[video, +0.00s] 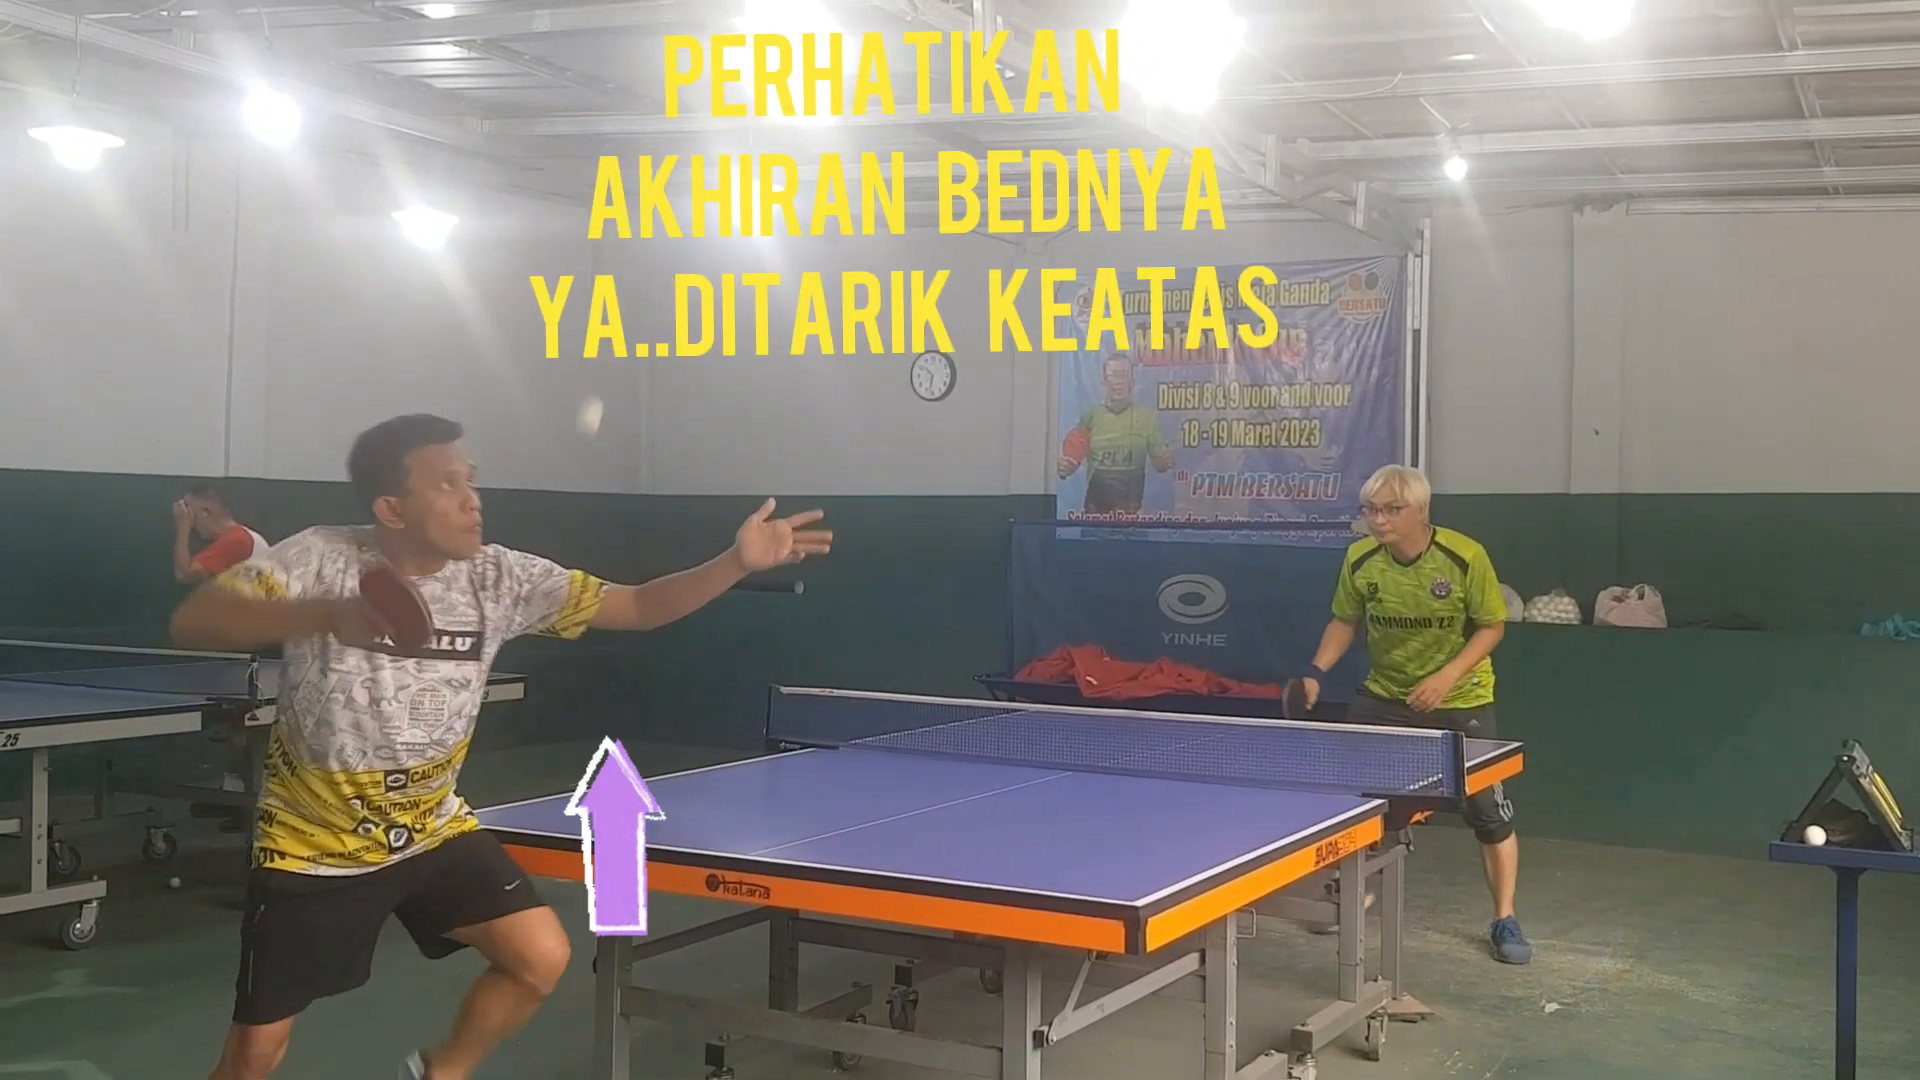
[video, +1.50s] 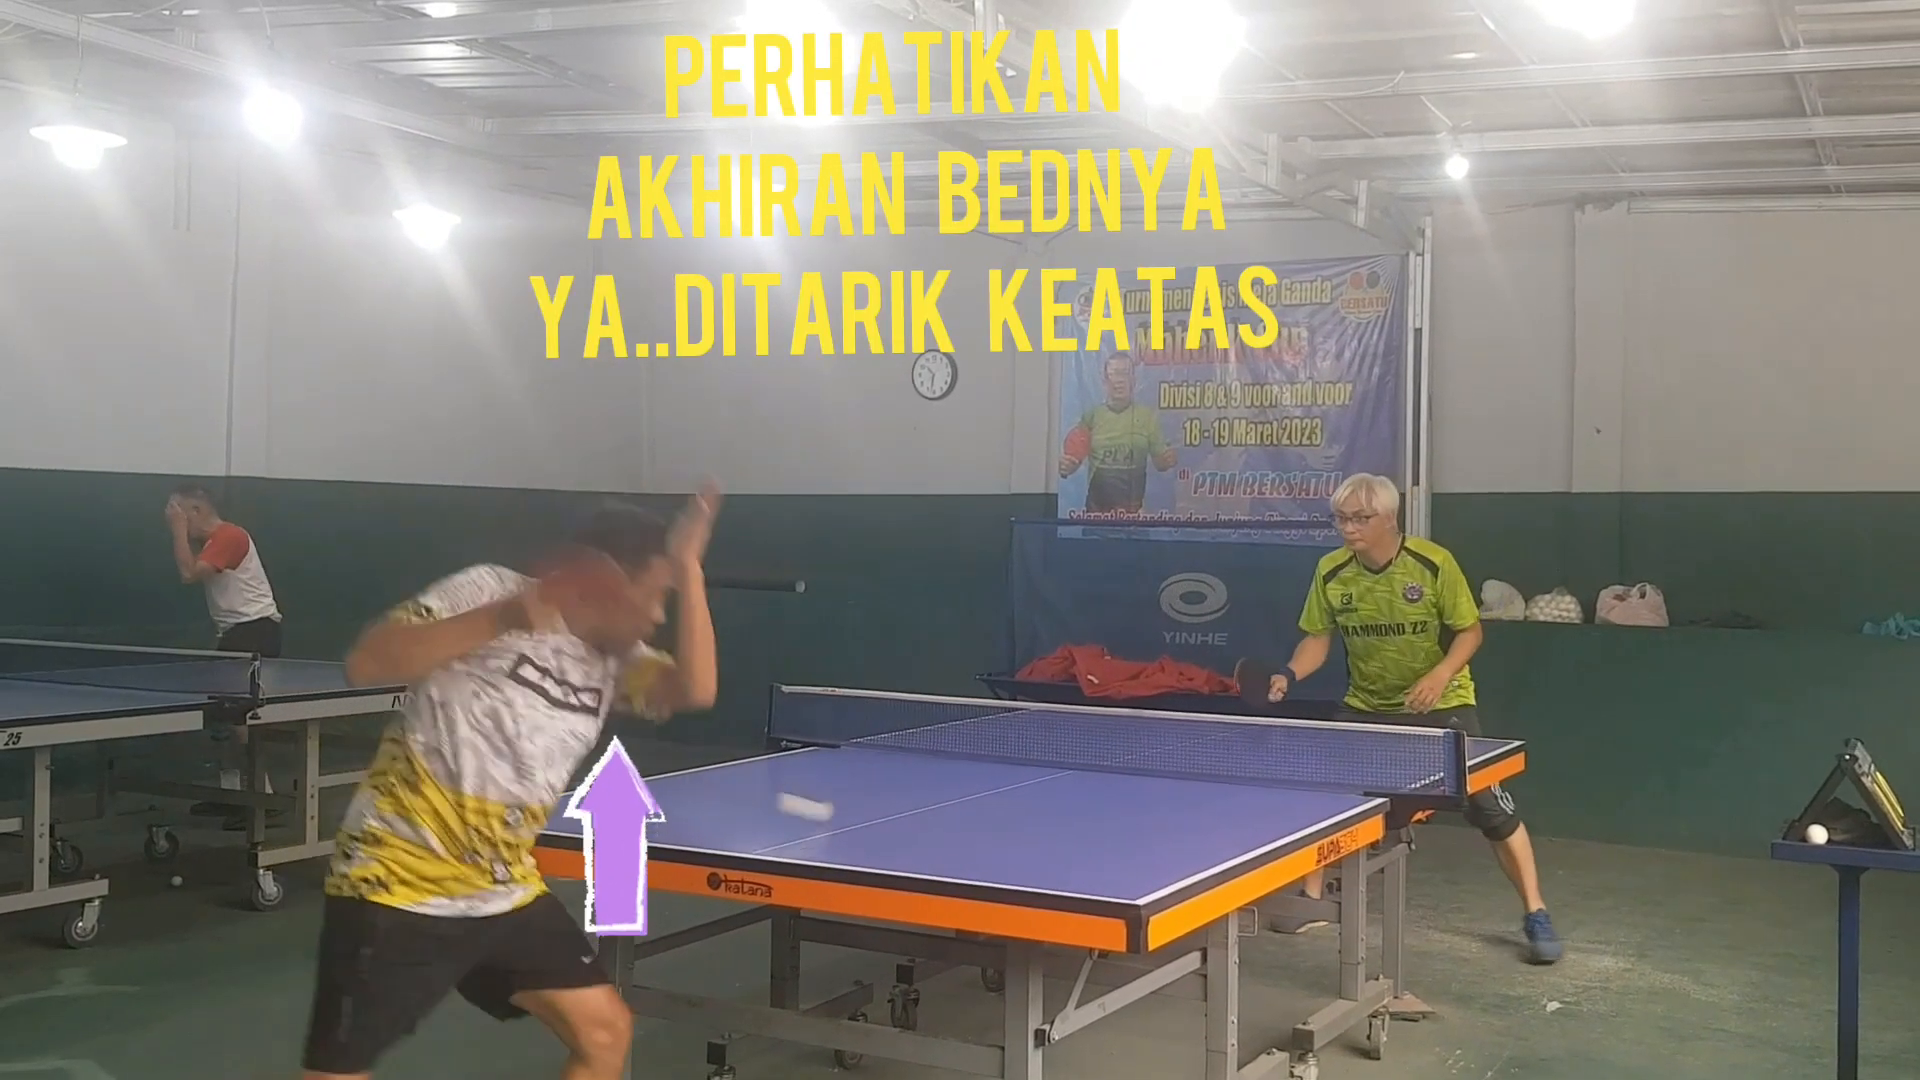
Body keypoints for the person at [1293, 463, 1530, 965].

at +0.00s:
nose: (1376, 518)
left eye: (1387, 509)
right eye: (1371, 509)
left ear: (1418, 511)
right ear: (1367, 514)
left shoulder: (1466, 558)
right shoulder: (1359, 561)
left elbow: (1492, 627)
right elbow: (1344, 621)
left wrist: (1446, 677)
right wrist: (1315, 674)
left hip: (1462, 700)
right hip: (1385, 695)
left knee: (1488, 804)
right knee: (1336, 775)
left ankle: (1506, 919)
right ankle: (1347, 891)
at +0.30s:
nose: (1371, 519)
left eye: (1382, 510)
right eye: (1365, 510)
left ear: (1413, 512)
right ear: (1360, 515)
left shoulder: (1458, 558)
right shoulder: (1353, 560)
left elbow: (1488, 626)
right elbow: (1336, 623)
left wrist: (1443, 676)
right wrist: (1306, 669)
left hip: (1456, 702)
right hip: (1377, 698)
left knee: (1487, 807)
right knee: (1333, 784)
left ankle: (1505, 918)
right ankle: (1315, 890)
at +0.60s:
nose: (1361, 522)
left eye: (1373, 512)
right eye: (1356, 512)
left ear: (1402, 515)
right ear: (1352, 516)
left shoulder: (1448, 560)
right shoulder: (1343, 564)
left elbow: (1479, 627)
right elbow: (1327, 626)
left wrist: (1440, 675)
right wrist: (1296, 667)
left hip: (1448, 706)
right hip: (1369, 703)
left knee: (1483, 806)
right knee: (1325, 788)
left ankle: (1506, 917)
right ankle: (1310, 896)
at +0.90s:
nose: (1356, 523)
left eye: (1368, 513)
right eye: (1350, 514)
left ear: (1398, 516)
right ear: (1346, 516)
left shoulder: (1442, 560)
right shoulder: (1337, 566)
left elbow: (1475, 628)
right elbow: (1322, 627)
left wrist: (1437, 674)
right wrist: (1291, 668)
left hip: (1442, 706)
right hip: (1363, 704)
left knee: (1486, 806)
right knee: (1317, 787)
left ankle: (1509, 914)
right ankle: (1311, 897)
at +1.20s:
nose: (1349, 526)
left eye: (1360, 517)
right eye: (1343, 517)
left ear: (1391, 518)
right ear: (1340, 519)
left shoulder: (1436, 562)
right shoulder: (1332, 569)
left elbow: (1469, 630)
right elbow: (1314, 635)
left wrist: (1436, 675)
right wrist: (1287, 671)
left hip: (1440, 702)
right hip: (1362, 703)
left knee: (1485, 799)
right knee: (1315, 782)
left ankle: (1521, 909)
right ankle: (1310, 896)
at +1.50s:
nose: (1347, 529)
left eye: (1358, 519)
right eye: (1342, 519)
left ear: (1387, 519)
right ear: (1337, 522)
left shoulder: (1434, 564)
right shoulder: (1330, 572)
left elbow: (1470, 632)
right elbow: (1317, 638)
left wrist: (1439, 676)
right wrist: (1289, 674)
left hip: (1441, 705)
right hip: (1365, 706)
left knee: (1485, 801)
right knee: (1318, 785)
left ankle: (1535, 911)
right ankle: (1311, 896)